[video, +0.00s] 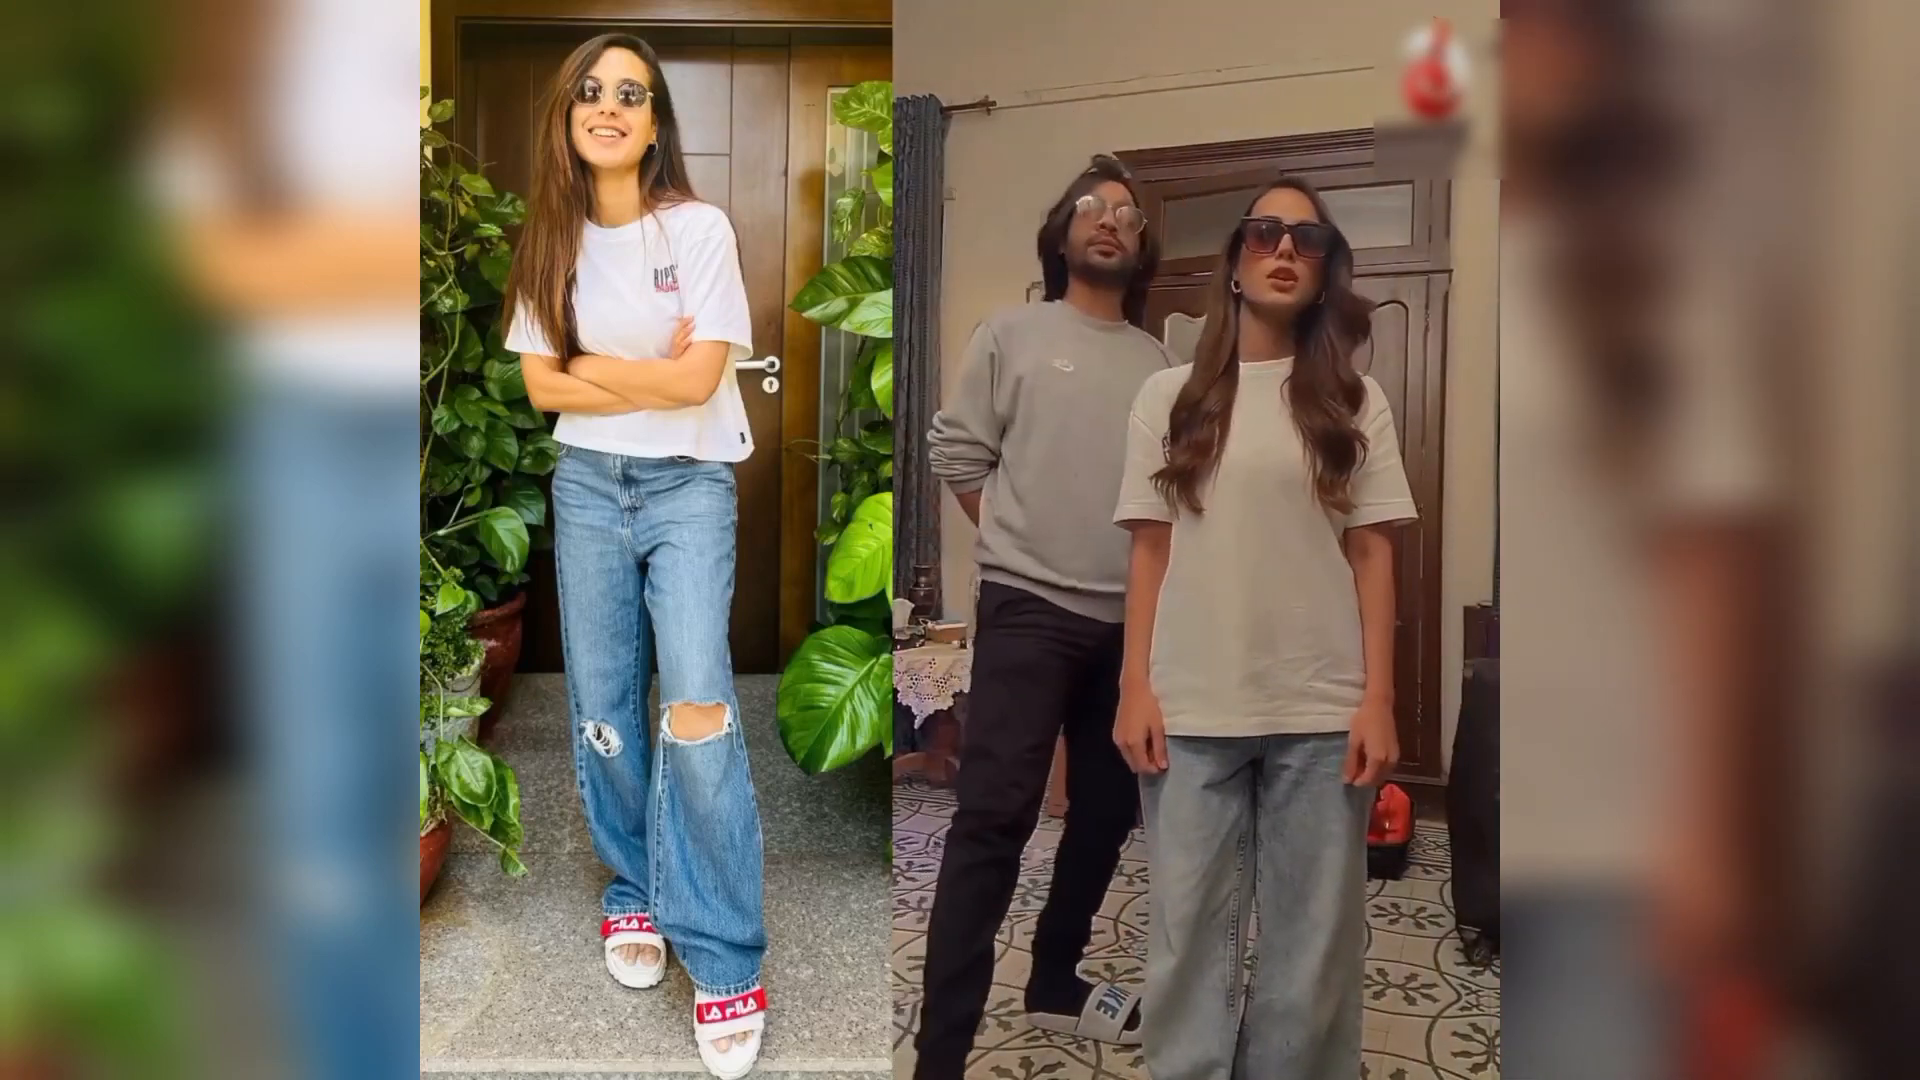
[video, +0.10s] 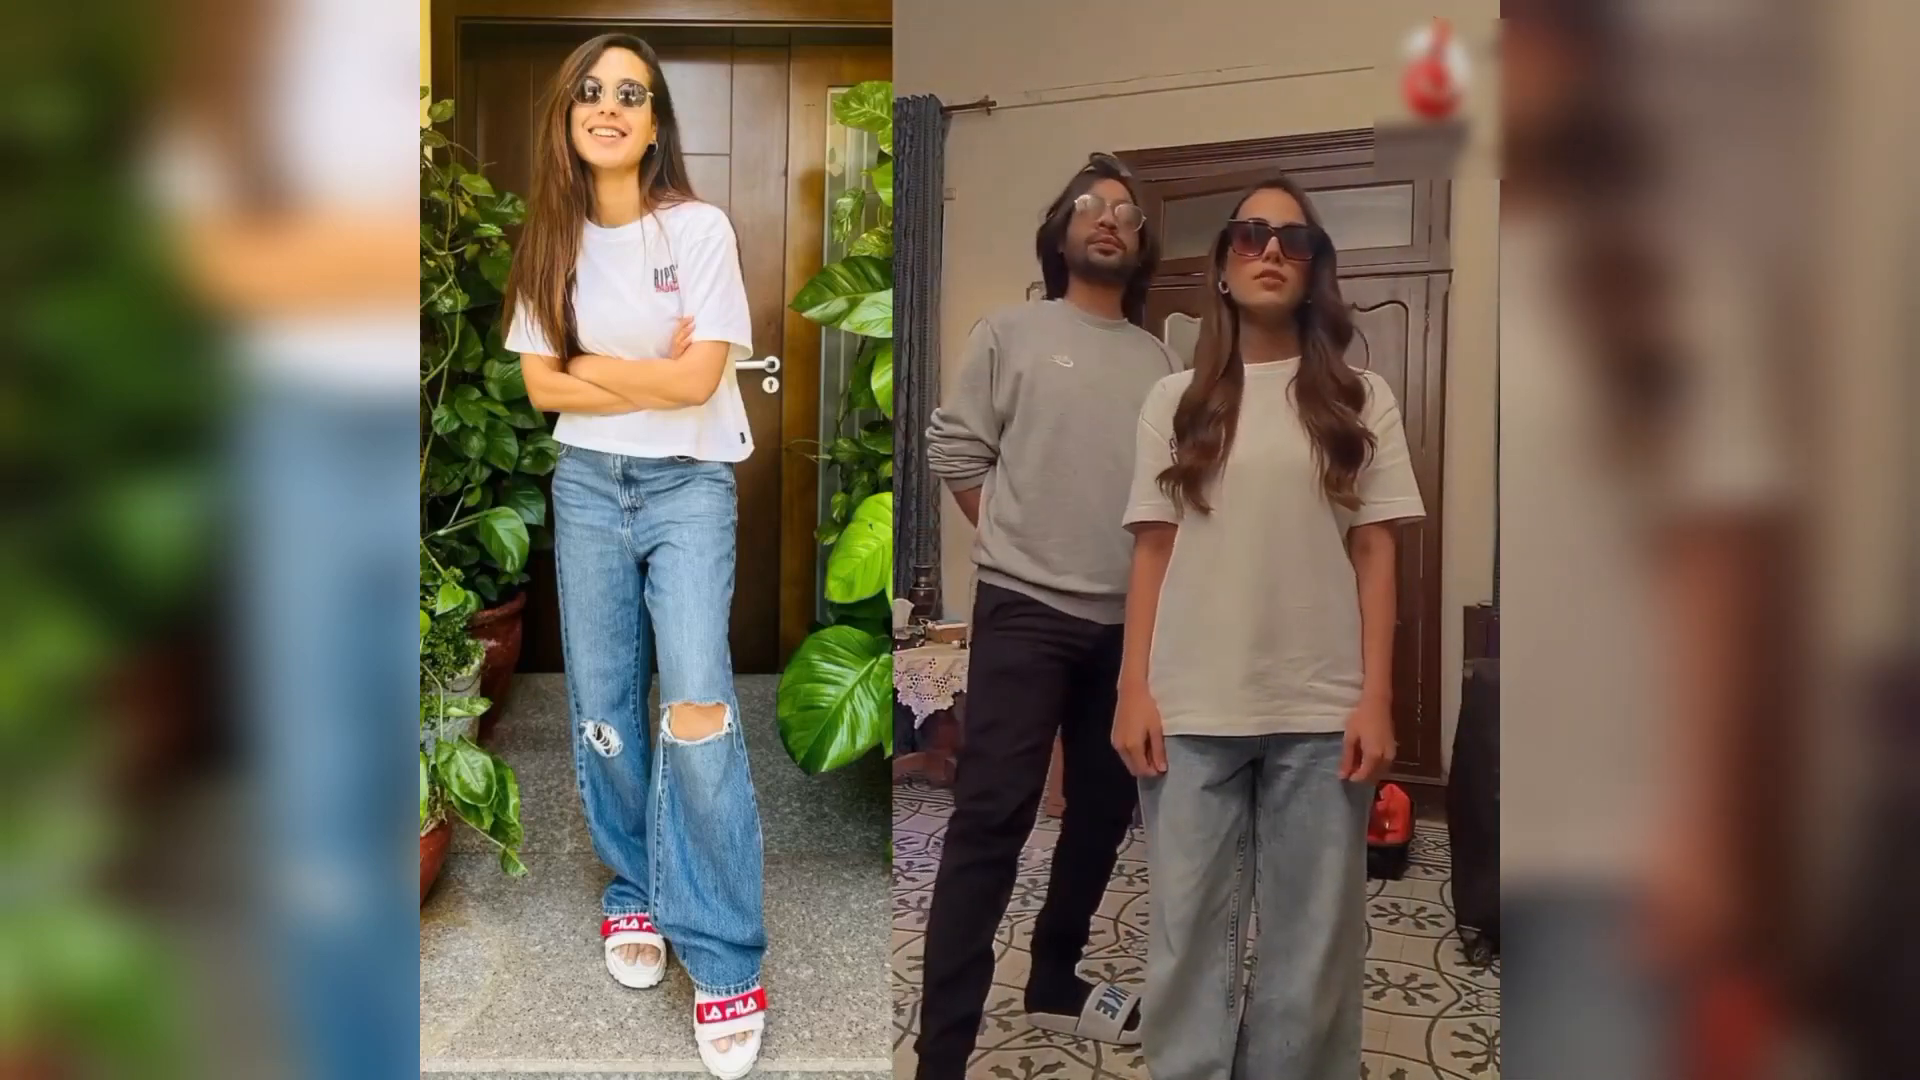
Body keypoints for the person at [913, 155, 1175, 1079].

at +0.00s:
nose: (1109, 219)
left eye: (1125, 213)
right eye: (1093, 208)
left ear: (1143, 245)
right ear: (1060, 236)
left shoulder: (1165, 359)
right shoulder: (1010, 332)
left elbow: (1181, 489)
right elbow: (958, 456)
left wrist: (1134, 560)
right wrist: (1021, 543)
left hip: (1130, 616)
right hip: (1024, 606)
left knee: (1104, 809)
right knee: (992, 817)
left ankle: (1055, 982)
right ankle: (941, 1055)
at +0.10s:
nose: (1108, 218)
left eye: (1124, 210)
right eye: (1091, 207)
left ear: (1141, 242)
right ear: (1058, 234)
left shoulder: (1163, 356)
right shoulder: (1010, 330)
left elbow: (1177, 484)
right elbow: (957, 453)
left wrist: (1143, 566)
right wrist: (1010, 548)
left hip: (1128, 618)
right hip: (1021, 608)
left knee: (1103, 808)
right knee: (990, 818)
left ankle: (1055, 980)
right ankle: (943, 1053)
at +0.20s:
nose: (1105, 225)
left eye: (1119, 216)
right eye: (1087, 213)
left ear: (1135, 242)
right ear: (1051, 234)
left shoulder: (1158, 358)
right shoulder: (1008, 335)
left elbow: (1173, 489)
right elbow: (953, 458)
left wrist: (1139, 569)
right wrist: (1010, 554)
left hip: (1127, 620)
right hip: (1021, 611)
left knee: (1107, 815)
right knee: (986, 825)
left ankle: (1055, 983)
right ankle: (941, 1056)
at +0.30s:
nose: (1097, 228)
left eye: (1111, 218)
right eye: (1078, 216)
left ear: (1129, 246)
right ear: (1042, 241)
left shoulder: (1155, 361)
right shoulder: (1003, 346)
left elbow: (1173, 492)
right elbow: (956, 474)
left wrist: (1136, 571)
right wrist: (1016, 561)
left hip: (1129, 623)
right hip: (1023, 614)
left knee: (1112, 816)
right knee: (989, 825)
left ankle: (1055, 980)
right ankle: (945, 1054)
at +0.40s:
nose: (1100, 221)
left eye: (1113, 213)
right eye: (1080, 210)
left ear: (1131, 244)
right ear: (1045, 238)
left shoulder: (1160, 356)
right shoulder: (1007, 341)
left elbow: (1177, 484)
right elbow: (957, 465)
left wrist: (1145, 568)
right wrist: (1017, 555)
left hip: (1132, 618)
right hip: (1027, 611)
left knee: (1109, 812)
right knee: (991, 822)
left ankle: (1056, 982)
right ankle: (941, 1054)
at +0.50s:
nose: (1108, 221)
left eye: (1121, 213)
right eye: (1089, 210)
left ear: (1138, 242)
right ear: (1053, 237)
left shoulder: (1164, 356)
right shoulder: (1012, 336)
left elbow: (1180, 485)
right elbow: (961, 459)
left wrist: (1145, 567)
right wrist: (1020, 550)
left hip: (1132, 619)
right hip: (1027, 610)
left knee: (1107, 810)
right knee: (990, 821)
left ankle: (1056, 980)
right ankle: (940, 1054)